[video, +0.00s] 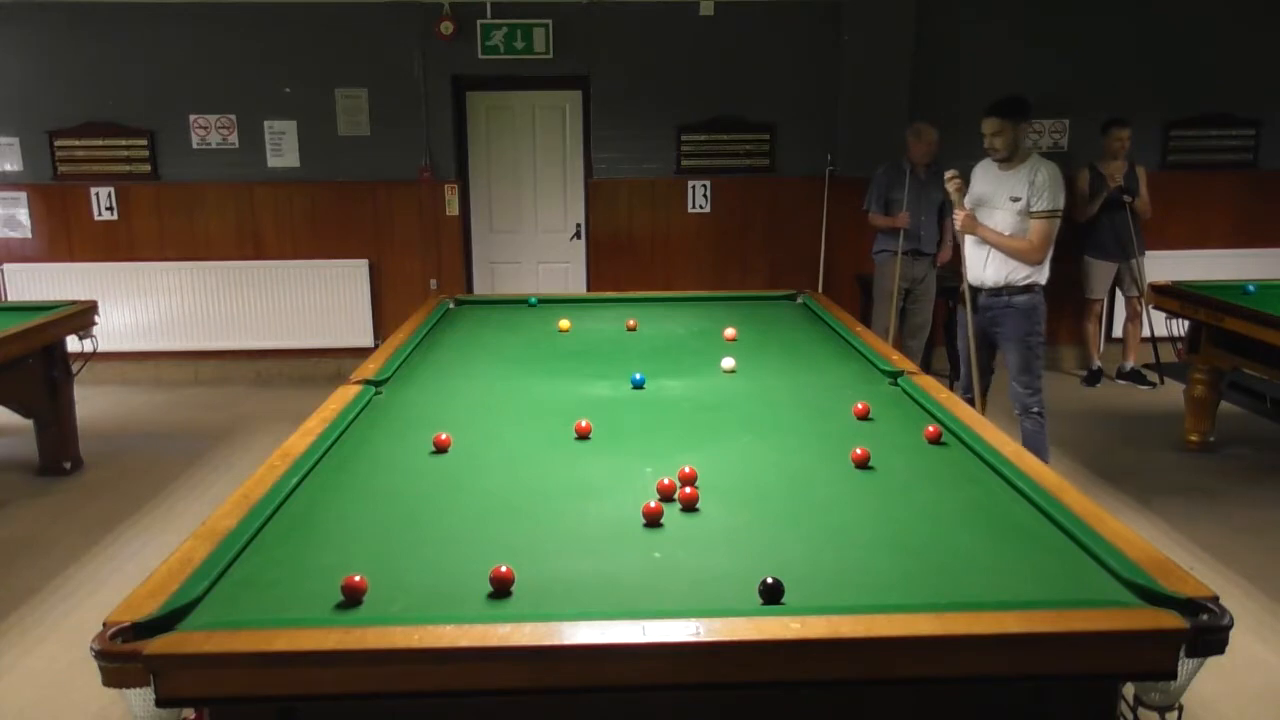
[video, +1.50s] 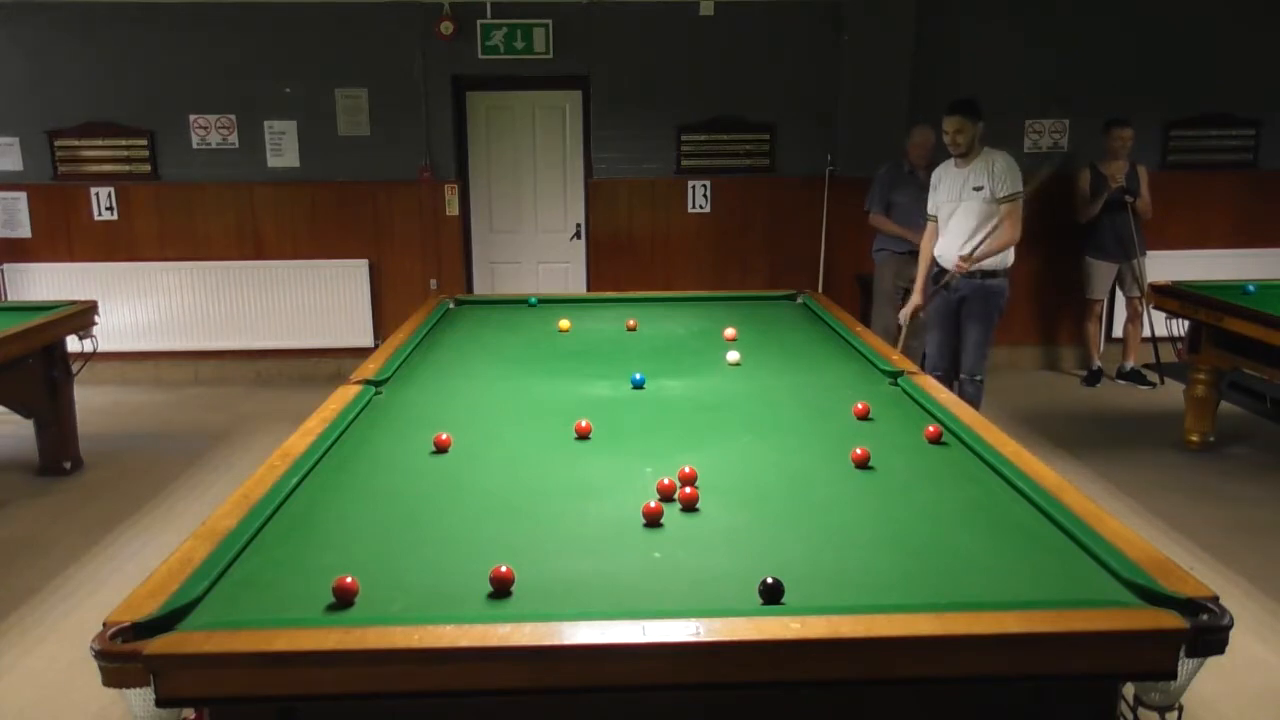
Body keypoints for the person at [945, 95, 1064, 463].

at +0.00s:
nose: (988, 144)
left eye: (996, 135)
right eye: (985, 136)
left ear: (1022, 132)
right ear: (983, 134)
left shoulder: (1044, 174)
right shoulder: (982, 170)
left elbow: (1036, 253)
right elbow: (972, 230)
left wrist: (979, 229)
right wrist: (959, 203)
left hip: (1019, 301)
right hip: (975, 298)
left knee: (1027, 403)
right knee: (968, 395)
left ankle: (1035, 488)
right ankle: (958, 475)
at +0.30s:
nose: (962, 140)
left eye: (970, 133)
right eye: (959, 133)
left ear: (996, 128)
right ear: (956, 131)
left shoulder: (1018, 170)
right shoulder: (951, 165)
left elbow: (1014, 244)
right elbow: (938, 230)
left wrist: (957, 227)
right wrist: (934, 201)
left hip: (994, 290)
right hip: (950, 289)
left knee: (995, 387)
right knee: (956, 384)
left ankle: (1003, 471)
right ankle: (955, 468)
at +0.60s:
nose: (961, 139)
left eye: (968, 131)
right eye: (956, 131)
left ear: (991, 127)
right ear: (952, 130)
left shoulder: (1013, 171)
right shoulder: (942, 167)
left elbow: (1022, 240)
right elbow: (927, 217)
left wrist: (966, 249)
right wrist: (922, 239)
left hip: (984, 291)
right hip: (940, 289)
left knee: (978, 389)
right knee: (944, 383)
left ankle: (971, 460)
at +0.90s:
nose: (965, 139)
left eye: (973, 131)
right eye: (959, 132)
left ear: (993, 129)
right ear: (954, 130)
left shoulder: (1011, 172)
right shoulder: (943, 168)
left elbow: (1012, 243)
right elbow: (925, 219)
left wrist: (991, 297)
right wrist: (926, 256)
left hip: (984, 290)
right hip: (941, 287)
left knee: (970, 382)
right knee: (940, 377)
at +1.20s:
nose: (963, 138)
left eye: (972, 130)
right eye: (958, 130)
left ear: (990, 129)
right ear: (952, 130)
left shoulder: (1011, 169)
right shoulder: (944, 169)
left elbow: (1017, 236)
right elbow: (929, 220)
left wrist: (990, 276)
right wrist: (926, 258)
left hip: (988, 284)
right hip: (943, 280)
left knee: (971, 372)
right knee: (934, 367)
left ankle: (963, 446)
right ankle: (930, 442)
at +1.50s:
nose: (950, 139)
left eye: (959, 132)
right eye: (946, 132)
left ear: (978, 130)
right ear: (942, 132)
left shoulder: (1000, 165)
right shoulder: (940, 174)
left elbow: (1012, 231)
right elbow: (931, 233)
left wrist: (974, 257)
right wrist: (918, 291)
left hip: (984, 284)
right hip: (943, 281)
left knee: (970, 373)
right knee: (937, 369)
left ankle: (961, 448)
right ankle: (931, 446)